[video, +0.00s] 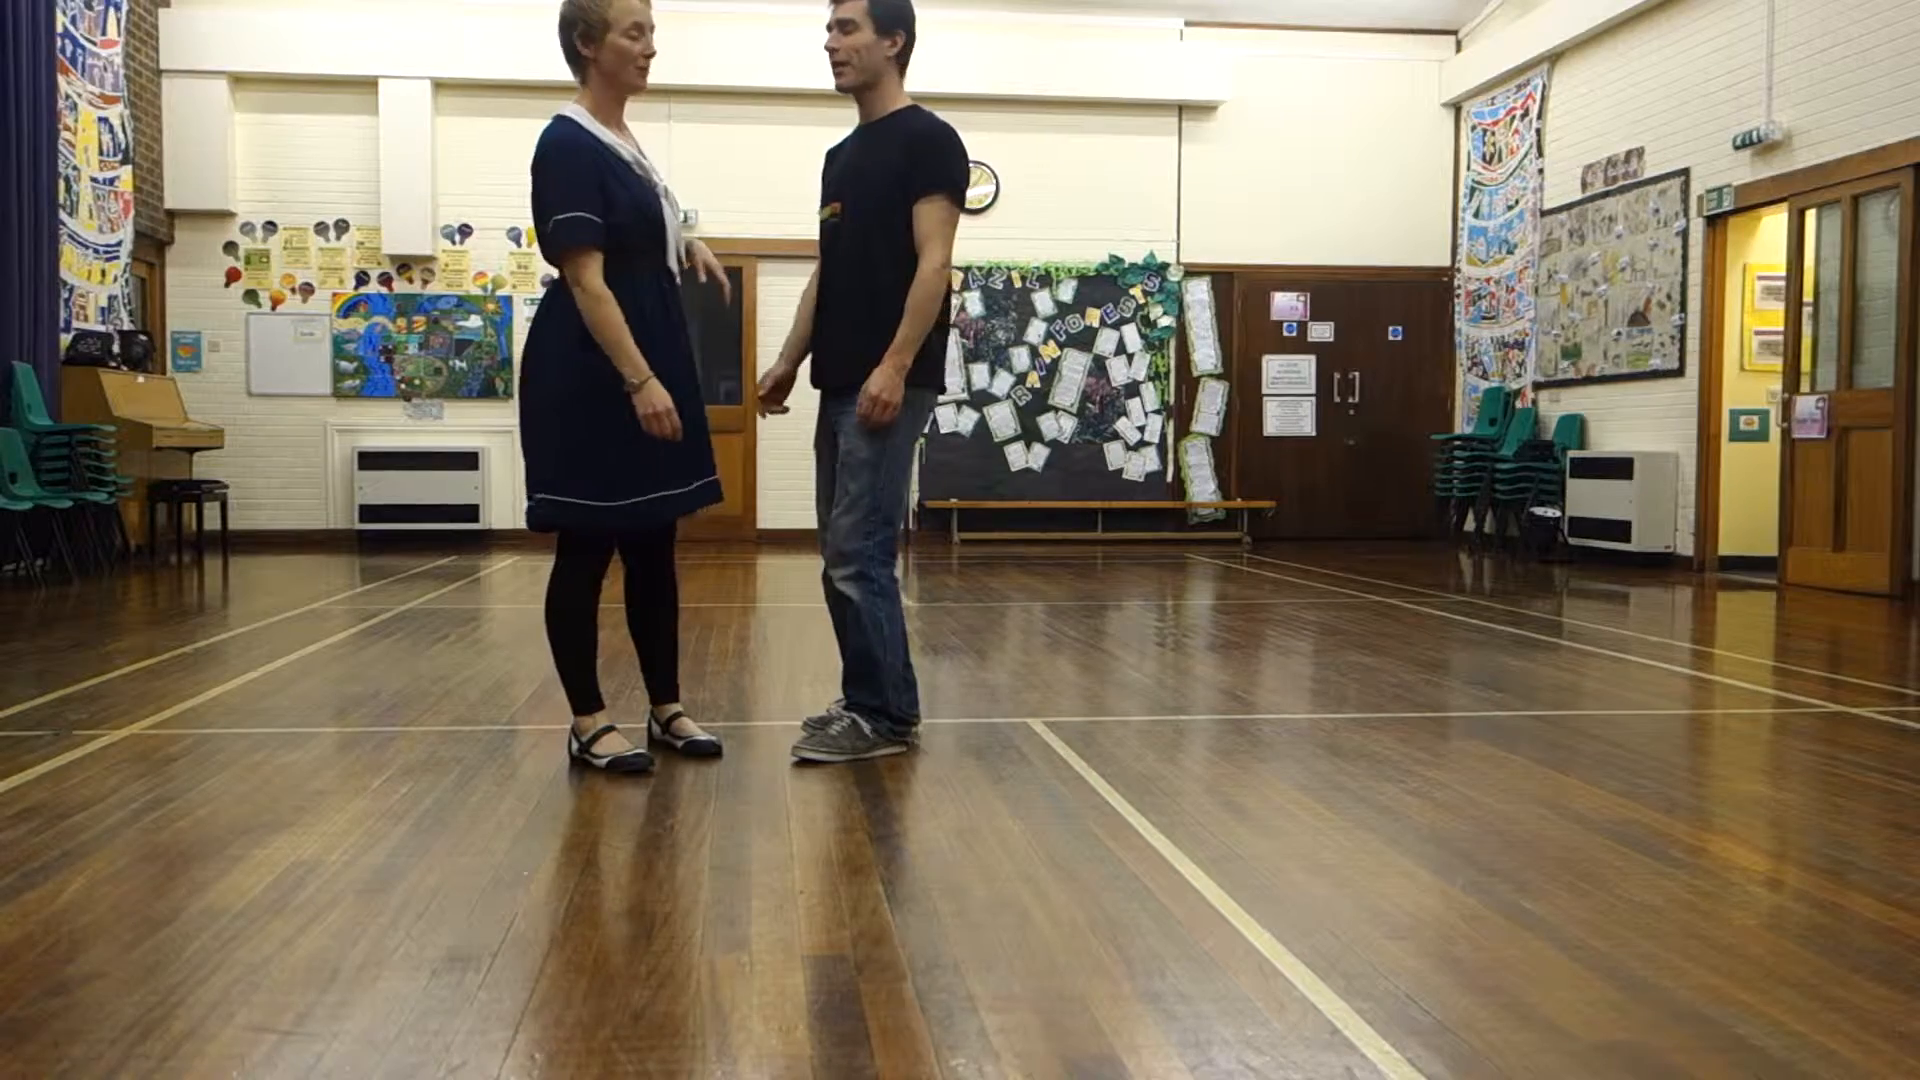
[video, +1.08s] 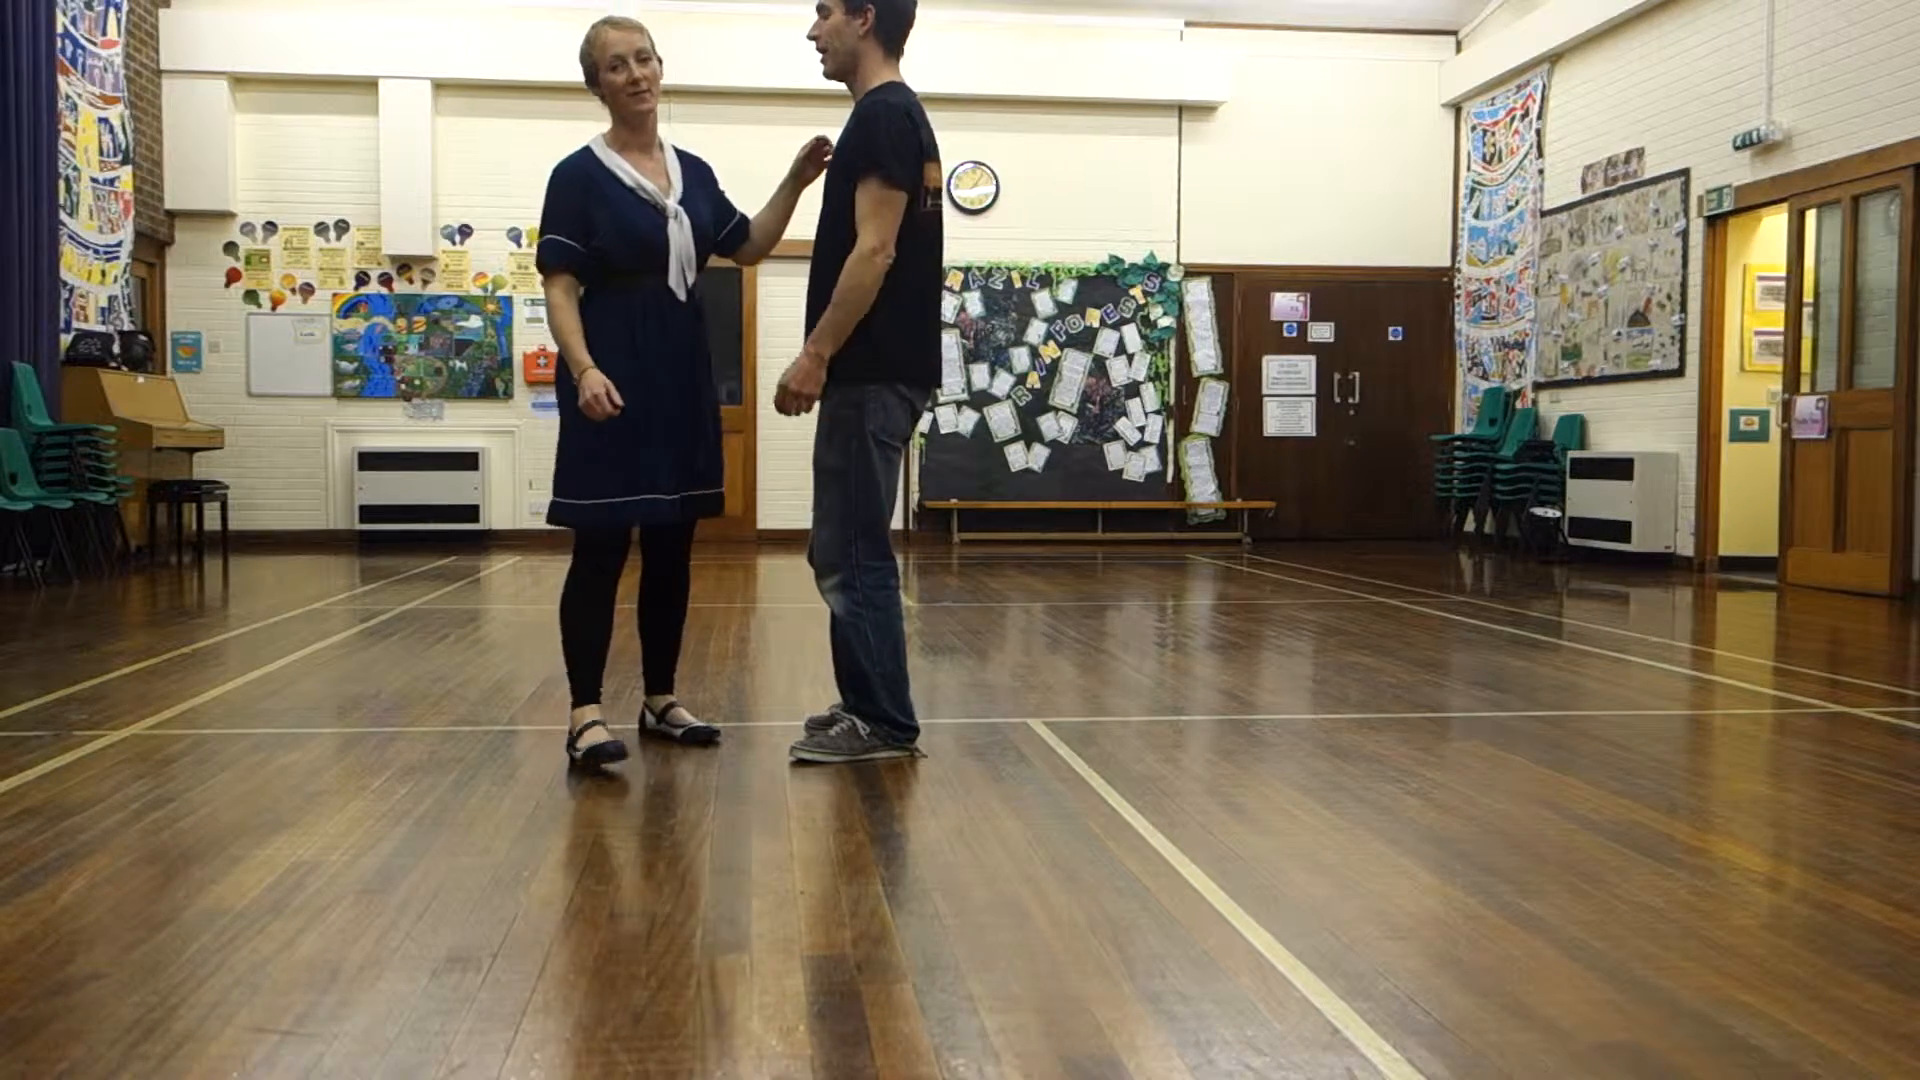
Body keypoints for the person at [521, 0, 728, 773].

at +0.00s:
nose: (651, 47)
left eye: (651, 32)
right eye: (636, 33)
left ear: (626, 46)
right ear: (588, 45)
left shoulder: (622, 139)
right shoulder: (567, 141)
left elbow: (638, 226)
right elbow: (583, 281)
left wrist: (686, 243)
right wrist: (641, 379)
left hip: (644, 374)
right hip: (586, 379)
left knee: (652, 541)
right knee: (584, 548)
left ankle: (668, 711)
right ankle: (589, 725)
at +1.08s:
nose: (636, 74)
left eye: (644, 58)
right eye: (618, 66)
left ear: (662, 68)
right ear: (595, 85)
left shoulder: (689, 170)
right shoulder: (579, 174)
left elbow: (750, 245)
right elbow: (560, 287)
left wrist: (796, 180)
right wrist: (584, 368)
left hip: (683, 386)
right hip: (608, 384)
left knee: (671, 543)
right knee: (601, 547)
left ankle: (661, 703)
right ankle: (586, 717)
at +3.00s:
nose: (641, 67)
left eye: (637, 55)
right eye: (626, 55)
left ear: (594, 73)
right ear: (583, 71)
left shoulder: (605, 159)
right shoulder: (575, 155)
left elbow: (638, 272)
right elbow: (626, 275)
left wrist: (727, 295)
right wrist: (729, 299)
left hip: (626, 387)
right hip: (603, 387)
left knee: (622, 543)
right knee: (618, 543)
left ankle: (593, 705)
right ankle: (593, 717)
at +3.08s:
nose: (637, 71)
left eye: (634, 59)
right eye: (621, 59)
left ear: (595, 76)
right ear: (578, 74)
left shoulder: (604, 162)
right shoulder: (575, 159)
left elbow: (638, 275)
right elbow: (629, 276)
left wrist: (730, 301)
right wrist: (735, 304)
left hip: (624, 387)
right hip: (602, 388)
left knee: (621, 542)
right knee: (618, 542)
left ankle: (592, 705)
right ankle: (593, 717)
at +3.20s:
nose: (633, 77)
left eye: (631, 65)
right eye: (617, 66)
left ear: (591, 81)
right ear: (575, 80)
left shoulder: (601, 165)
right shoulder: (575, 162)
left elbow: (637, 276)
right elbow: (630, 276)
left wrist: (731, 301)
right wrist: (736, 305)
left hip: (620, 388)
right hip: (598, 389)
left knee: (622, 542)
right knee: (616, 542)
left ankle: (594, 705)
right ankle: (592, 715)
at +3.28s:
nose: (630, 81)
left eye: (629, 68)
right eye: (615, 69)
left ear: (592, 85)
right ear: (573, 83)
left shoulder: (602, 168)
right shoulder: (573, 165)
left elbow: (638, 277)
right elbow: (627, 276)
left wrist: (731, 299)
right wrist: (735, 303)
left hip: (620, 390)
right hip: (596, 391)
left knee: (620, 542)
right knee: (614, 543)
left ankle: (593, 705)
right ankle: (592, 714)